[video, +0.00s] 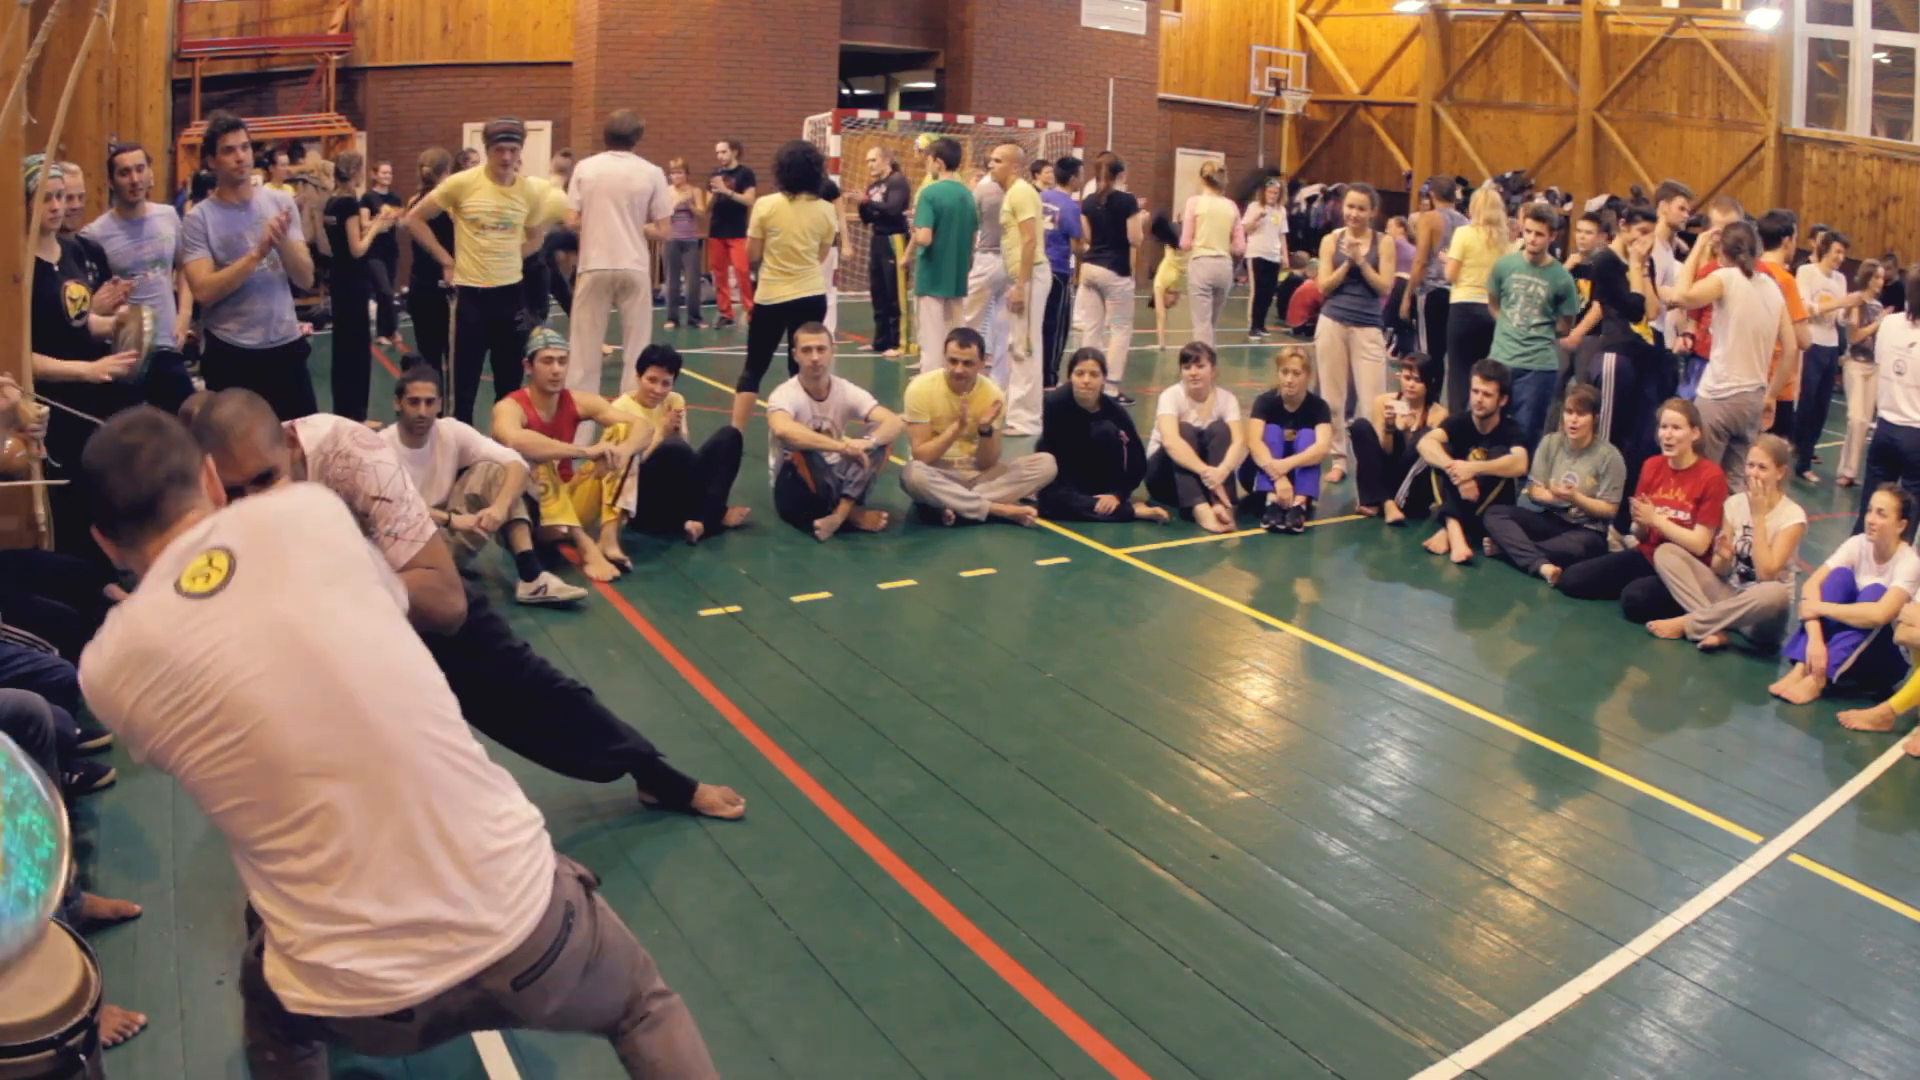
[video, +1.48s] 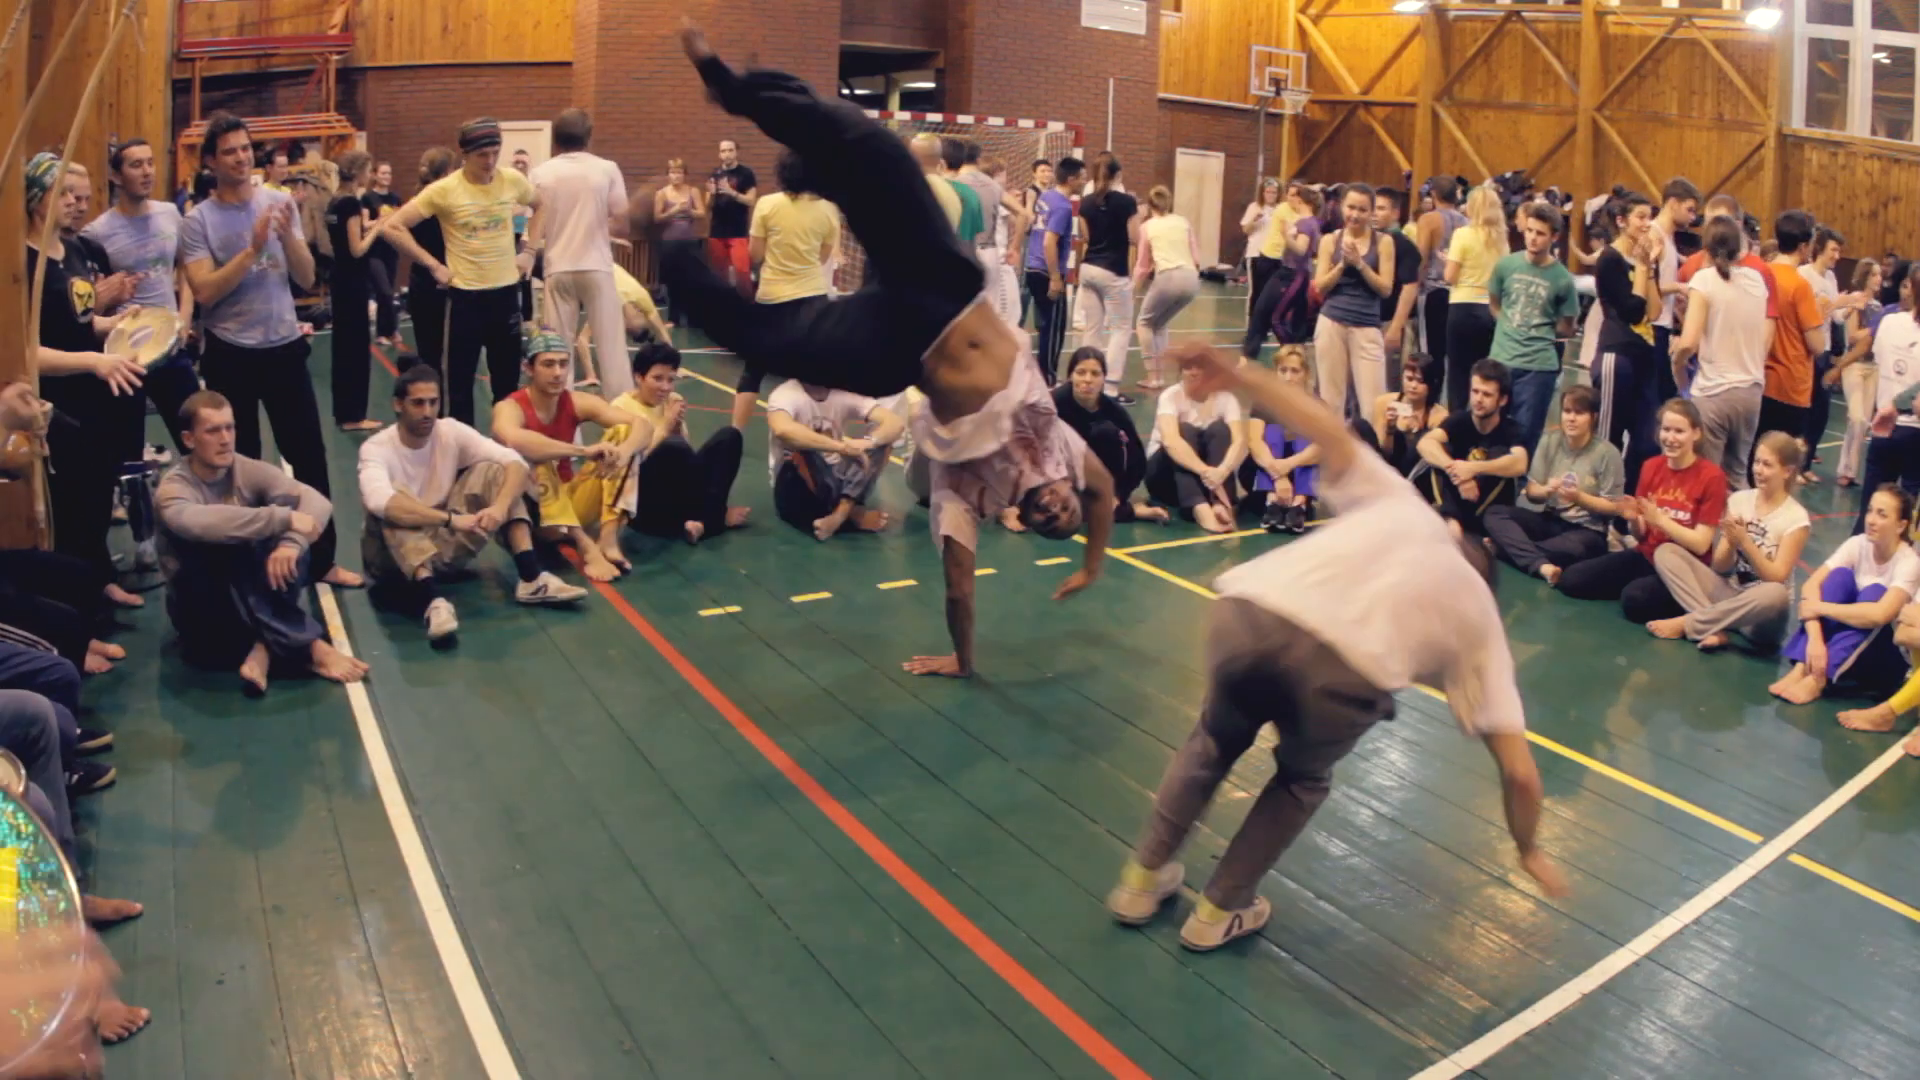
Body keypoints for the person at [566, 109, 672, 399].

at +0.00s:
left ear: (606, 136)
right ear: (637, 139)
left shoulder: (585, 168)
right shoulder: (652, 173)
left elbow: (572, 219)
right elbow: (663, 231)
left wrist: (598, 225)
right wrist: (635, 225)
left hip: (594, 266)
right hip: (635, 266)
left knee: (585, 345)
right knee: (637, 346)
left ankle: (580, 420)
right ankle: (631, 421)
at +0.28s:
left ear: (616, 135)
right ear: (648, 137)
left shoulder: (594, 167)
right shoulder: (661, 173)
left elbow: (582, 218)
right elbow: (669, 231)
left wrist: (607, 222)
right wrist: (642, 224)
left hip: (601, 264)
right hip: (642, 265)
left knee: (590, 346)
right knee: (641, 348)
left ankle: (583, 418)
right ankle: (634, 421)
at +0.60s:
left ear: (612, 134)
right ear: (644, 136)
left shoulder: (592, 167)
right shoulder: (658, 172)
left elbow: (580, 221)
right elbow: (667, 230)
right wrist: (641, 220)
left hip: (600, 264)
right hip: (641, 265)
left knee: (589, 345)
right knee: (640, 346)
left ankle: (580, 409)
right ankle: (634, 413)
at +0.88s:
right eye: (630, 131)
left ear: (596, 133)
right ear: (629, 135)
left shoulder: (576, 169)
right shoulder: (644, 172)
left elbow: (567, 225)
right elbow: (654, 230)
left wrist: (590, 225)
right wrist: (628, 219)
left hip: (588, 267)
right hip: (630, 267)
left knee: (582, 352)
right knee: (634, 351)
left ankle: (580, 421)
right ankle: (631, 419)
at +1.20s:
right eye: (604, 132)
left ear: (570, 136)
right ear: (603, 136)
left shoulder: (553, 171)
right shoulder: (621, 170)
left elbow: (543, 224)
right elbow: (633, 228)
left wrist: (570, 223)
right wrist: (604, 220)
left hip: (569, 272)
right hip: (609, 272)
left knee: (572, 339)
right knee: (620, 340)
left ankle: (571, 405)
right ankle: (624, 406)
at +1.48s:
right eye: (590, 134)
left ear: (556, 137)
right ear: (589, 137)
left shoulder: (540, 173)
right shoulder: (607, 169)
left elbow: (536, 220)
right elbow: (621, 215)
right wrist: (604, 228)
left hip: (557, 267)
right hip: (596, 265)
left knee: (559, 345)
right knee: (611, 342)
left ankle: (560, 412)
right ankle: (621, 411)